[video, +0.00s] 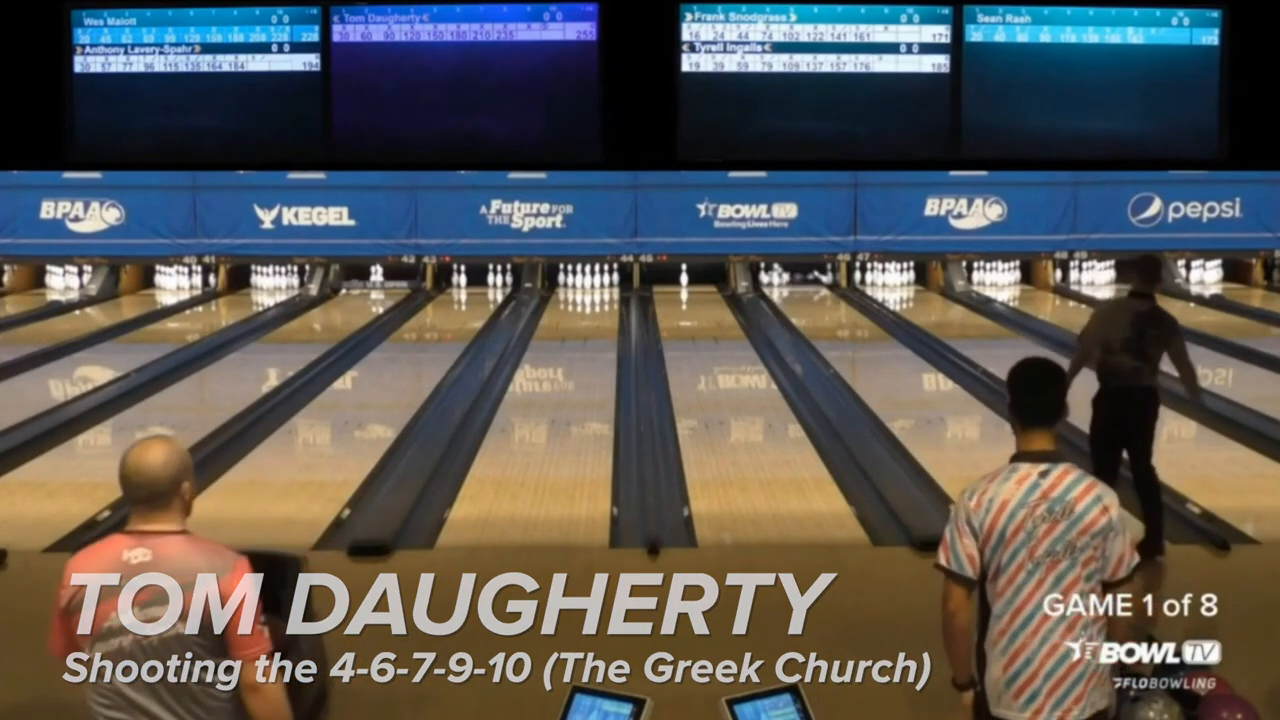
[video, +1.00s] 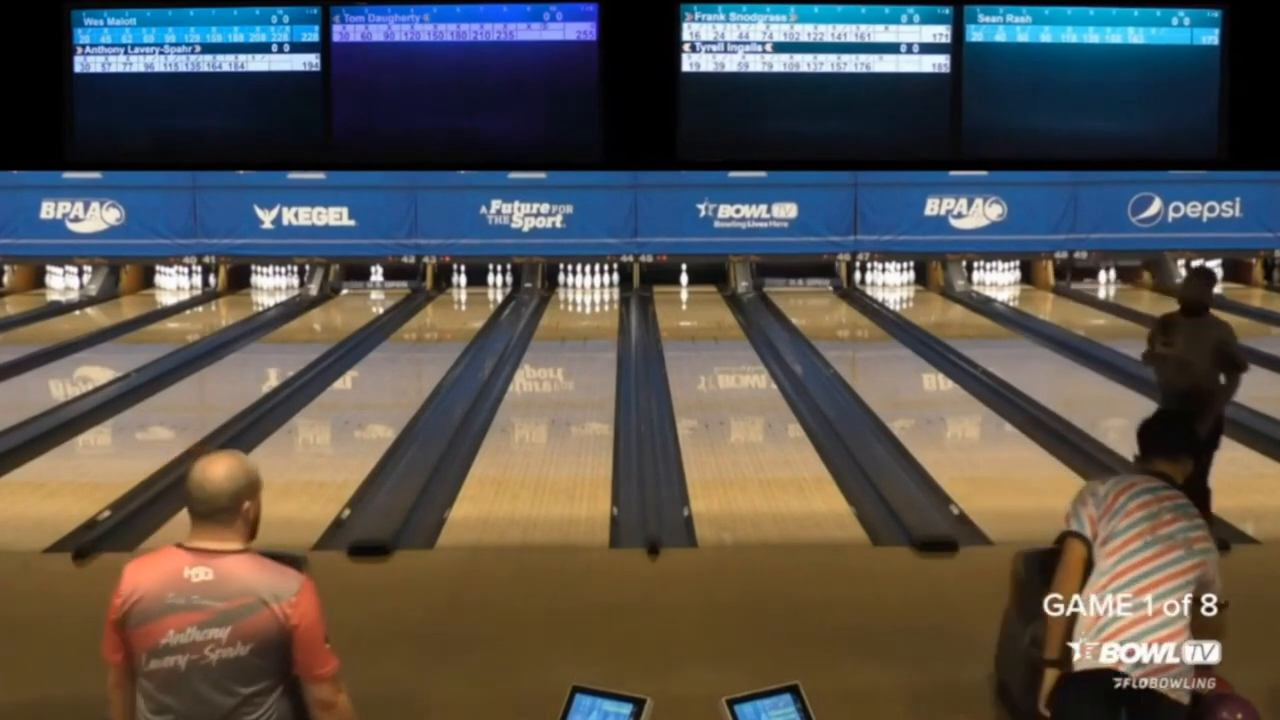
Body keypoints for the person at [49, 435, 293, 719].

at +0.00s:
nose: (193, 490)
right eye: (193, 482)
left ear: (124, 491)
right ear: (186, 492)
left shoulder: (82, 566)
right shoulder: (228, 568)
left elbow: (71, 662)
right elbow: (258, 683)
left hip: (113, 713)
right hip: (204, 712)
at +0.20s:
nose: (190, 489)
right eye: (189, 482)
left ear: (121, 494)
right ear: (183, 493)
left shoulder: (78, 571)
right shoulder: (227, 568)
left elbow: (57, 686)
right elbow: (260, 679)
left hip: (109, 713)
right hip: (204, 713)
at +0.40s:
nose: (207, 493)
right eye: (205, 486)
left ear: (135, 496)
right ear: (198, 496)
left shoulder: (86, 575)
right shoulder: (245, 574)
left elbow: (48, 683)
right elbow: (279, 685)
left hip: (124, 712)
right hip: (221, 712)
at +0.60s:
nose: (227, 493)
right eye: (226, 486)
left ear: (158, 496)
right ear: (220, 497)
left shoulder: (106, 576)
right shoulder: (266, 574)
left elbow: (82, 691)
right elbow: (302, 683)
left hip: (140, 714)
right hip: (241, 714)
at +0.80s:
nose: (247, 503)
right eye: (247, 497)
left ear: (178, 503)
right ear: (240, 505)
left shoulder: (127, 582)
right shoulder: (285, 581)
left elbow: (107, 701)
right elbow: (324, 689)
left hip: (159, 711)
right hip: (257, 711)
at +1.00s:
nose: (260, 507)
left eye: (260, 498)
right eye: (259, 499)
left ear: (189, 505)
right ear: (248, 509)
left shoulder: (135, 578)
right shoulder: (289, 590)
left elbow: (119, 685)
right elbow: (327, 701)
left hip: (161, 712)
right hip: (258, 713)